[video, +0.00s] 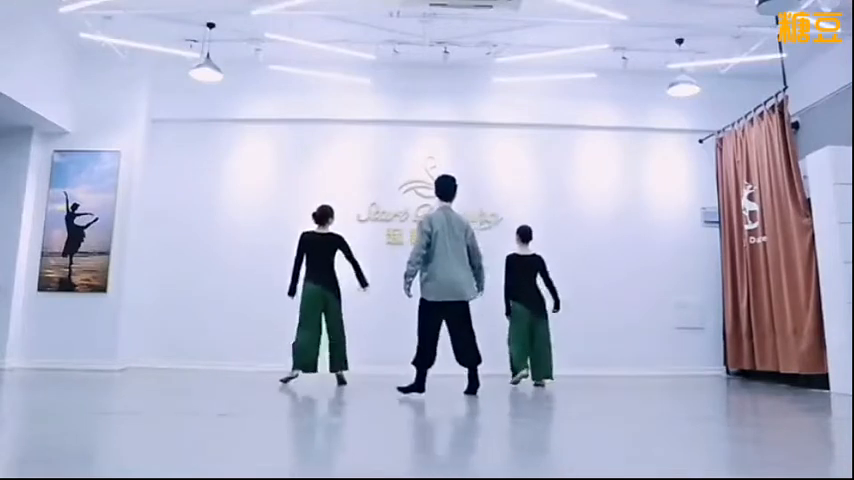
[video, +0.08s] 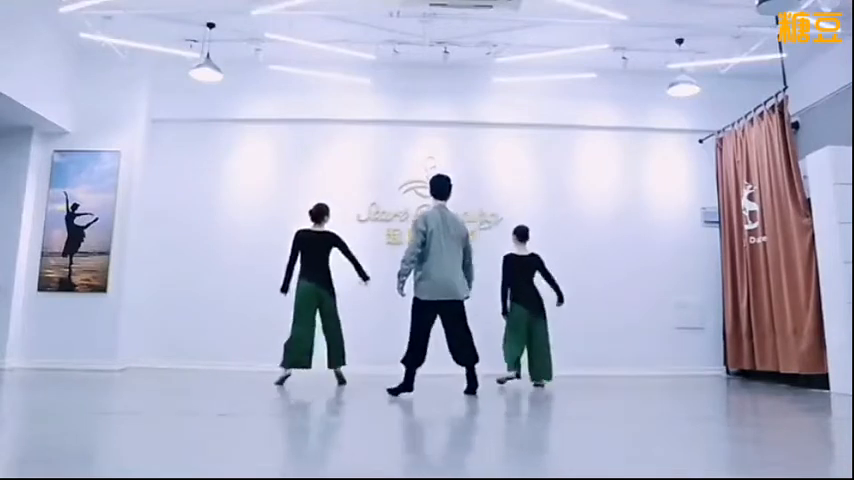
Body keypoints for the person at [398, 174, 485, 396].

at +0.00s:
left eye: (438, 189)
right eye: (450, 189)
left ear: (435, 192)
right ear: (454, 193)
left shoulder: (428, 221)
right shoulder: (463, 223)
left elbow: (419, 252)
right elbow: (475, 256)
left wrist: (408, 276)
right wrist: (479, 282)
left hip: (433, 289)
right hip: (459, 289)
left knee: (426, 337)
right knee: (465, 336)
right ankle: (473, 379)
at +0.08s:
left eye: (432, 189)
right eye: (443, 189)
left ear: (430, 192)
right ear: (450, 192)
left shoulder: (423, 219)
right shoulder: (459, 223)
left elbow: (414, 251)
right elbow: (467, 258)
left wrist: (402, 275)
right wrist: (467, 284)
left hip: (427, 289)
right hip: (453, 289)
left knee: (418, 336)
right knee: (461, 335)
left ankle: (408, 381)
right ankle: (472, 380)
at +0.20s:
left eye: (419, 192)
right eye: (430, 192)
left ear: (417, 194)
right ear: (437, 195)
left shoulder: (408, 220)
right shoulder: (444, 226)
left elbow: (397, 251)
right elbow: (444, 260)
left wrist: (383, 274)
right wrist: (439, 282)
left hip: (410, 291)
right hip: (436, 291)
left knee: (402, 338)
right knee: (444, 331)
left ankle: (404, 385)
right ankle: (451, 374)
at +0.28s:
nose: (414, 196)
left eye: (414, 193)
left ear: (413, 196)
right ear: (432, 198)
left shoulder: (404, 223)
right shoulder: (438, 229)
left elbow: (389, 252)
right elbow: (436, 259)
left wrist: (374, 277)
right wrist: (421, 274)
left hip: (403, 293)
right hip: (429, 293)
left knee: (398, 338)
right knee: (433, 331)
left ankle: (403, 385)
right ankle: (436, 374)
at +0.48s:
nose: (400, 203)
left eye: (399, 199)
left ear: (398, 201)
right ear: (418, 203)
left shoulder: (391, 227)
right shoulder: (426, 234)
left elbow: (374, 257)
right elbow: (423, 268)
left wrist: (358, 281)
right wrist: (419, 295)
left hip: (390, 297)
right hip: (414, 299)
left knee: (384, 343)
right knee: (398, 343)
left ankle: (401, 385)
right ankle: (384, 377)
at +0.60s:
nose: (392, 205)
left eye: (391, 201)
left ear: (391, 203)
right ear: (410, 205)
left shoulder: (383, 230)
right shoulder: (420, 236)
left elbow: (367, 261)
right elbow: (418, 267)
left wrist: (354, 285)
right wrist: (409, 293)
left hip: (381, 298)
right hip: (406, 300)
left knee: (378, 345)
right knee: (382, 344)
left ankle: (400, 381)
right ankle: (362, 379)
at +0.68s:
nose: (388, 205)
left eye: (388, 201)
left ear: (387, 203)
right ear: (406, 205)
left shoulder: (380, 231)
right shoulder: (416, 236)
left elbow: (364, 262)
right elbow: (416, 267)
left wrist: (352, 286)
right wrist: (404, 289)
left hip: (378, 298)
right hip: (402, 300)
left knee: (373, 342)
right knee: (379, 344)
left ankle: (397, 379)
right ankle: (359, 380)